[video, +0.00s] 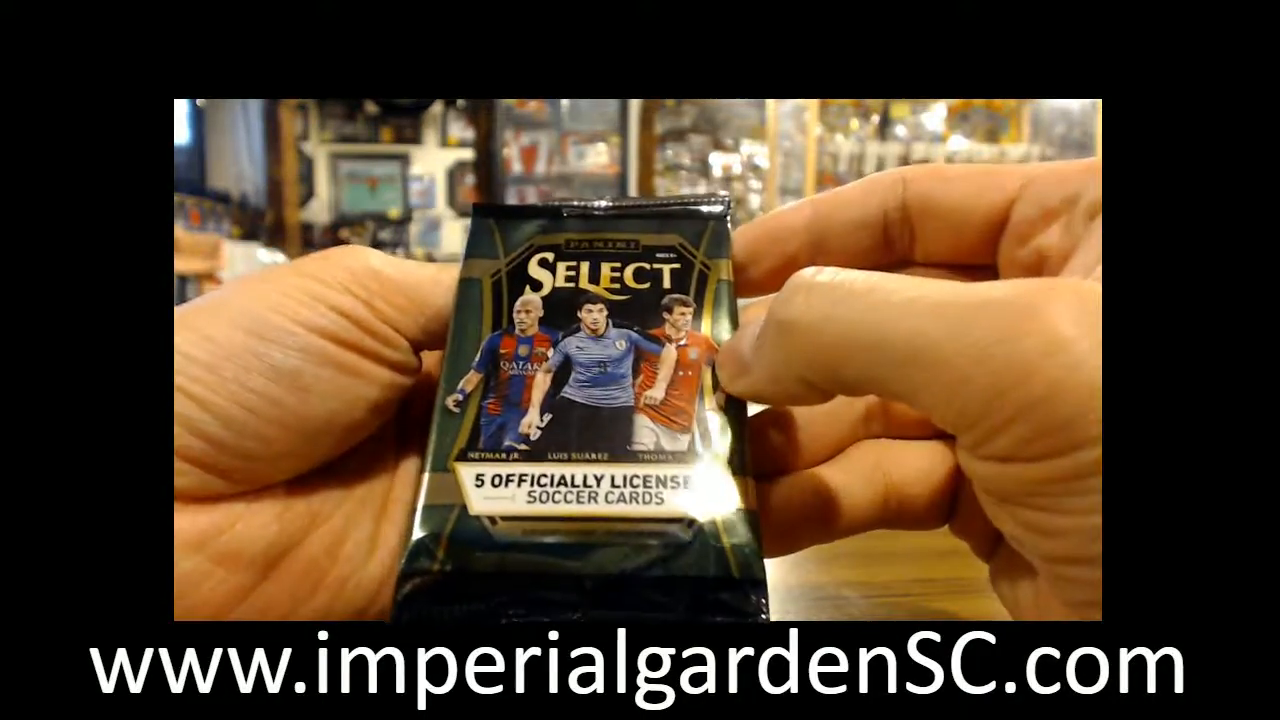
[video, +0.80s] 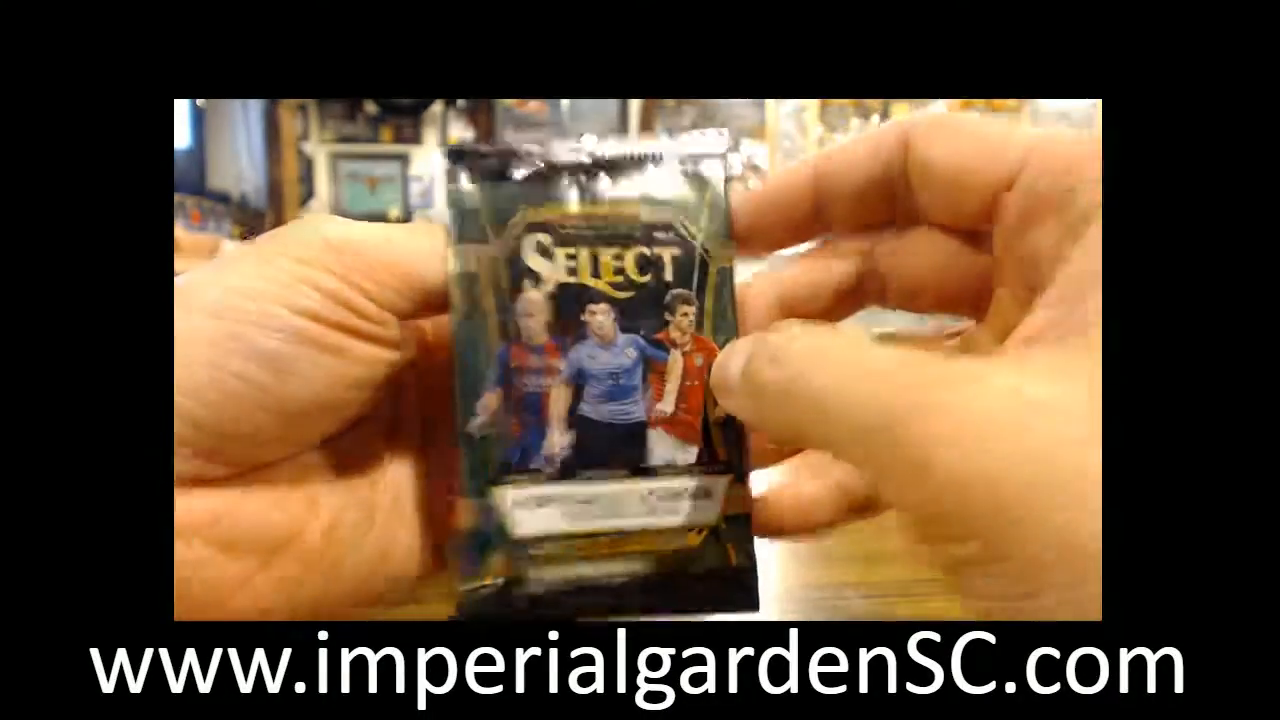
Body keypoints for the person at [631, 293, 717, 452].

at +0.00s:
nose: (687, 319)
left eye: (690, 314)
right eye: (682, 314)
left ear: (693, 315)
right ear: (666, 315)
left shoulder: (703, 342)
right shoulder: (647, 339)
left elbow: (725, 367)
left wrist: (719, 396)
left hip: (680, 421)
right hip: (647, 414)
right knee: (640, 467)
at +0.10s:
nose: (687, 321)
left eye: (689, 317)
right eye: (681, 316)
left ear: (692, 318)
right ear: (666, 318)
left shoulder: (702, 348)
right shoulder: (646, 341)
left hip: (679, 424)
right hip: (646, 417)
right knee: (639, 471)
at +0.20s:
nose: (684, 322)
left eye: (686, 317)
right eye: (679, 316)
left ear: (692, 318)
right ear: (666, 317)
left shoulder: (693, 349)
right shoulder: (650, 341)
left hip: (678, 420)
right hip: (646, 414)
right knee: (639, 467)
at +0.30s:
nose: (686, 315)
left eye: (689, 309)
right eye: (680, 310)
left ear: (692, 310)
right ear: (666, 310)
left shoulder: (702, 343)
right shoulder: (649, 337)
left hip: (679, 420)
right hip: (645, 415)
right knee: (639, 474)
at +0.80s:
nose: (691, 320)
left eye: (693, 314)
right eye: (684, 315)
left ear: (697, 315)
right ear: (669, 317)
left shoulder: (707, 348)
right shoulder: (655, 346)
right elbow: (638, 382)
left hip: (691, 428)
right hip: (661, 425)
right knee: (660, 487)